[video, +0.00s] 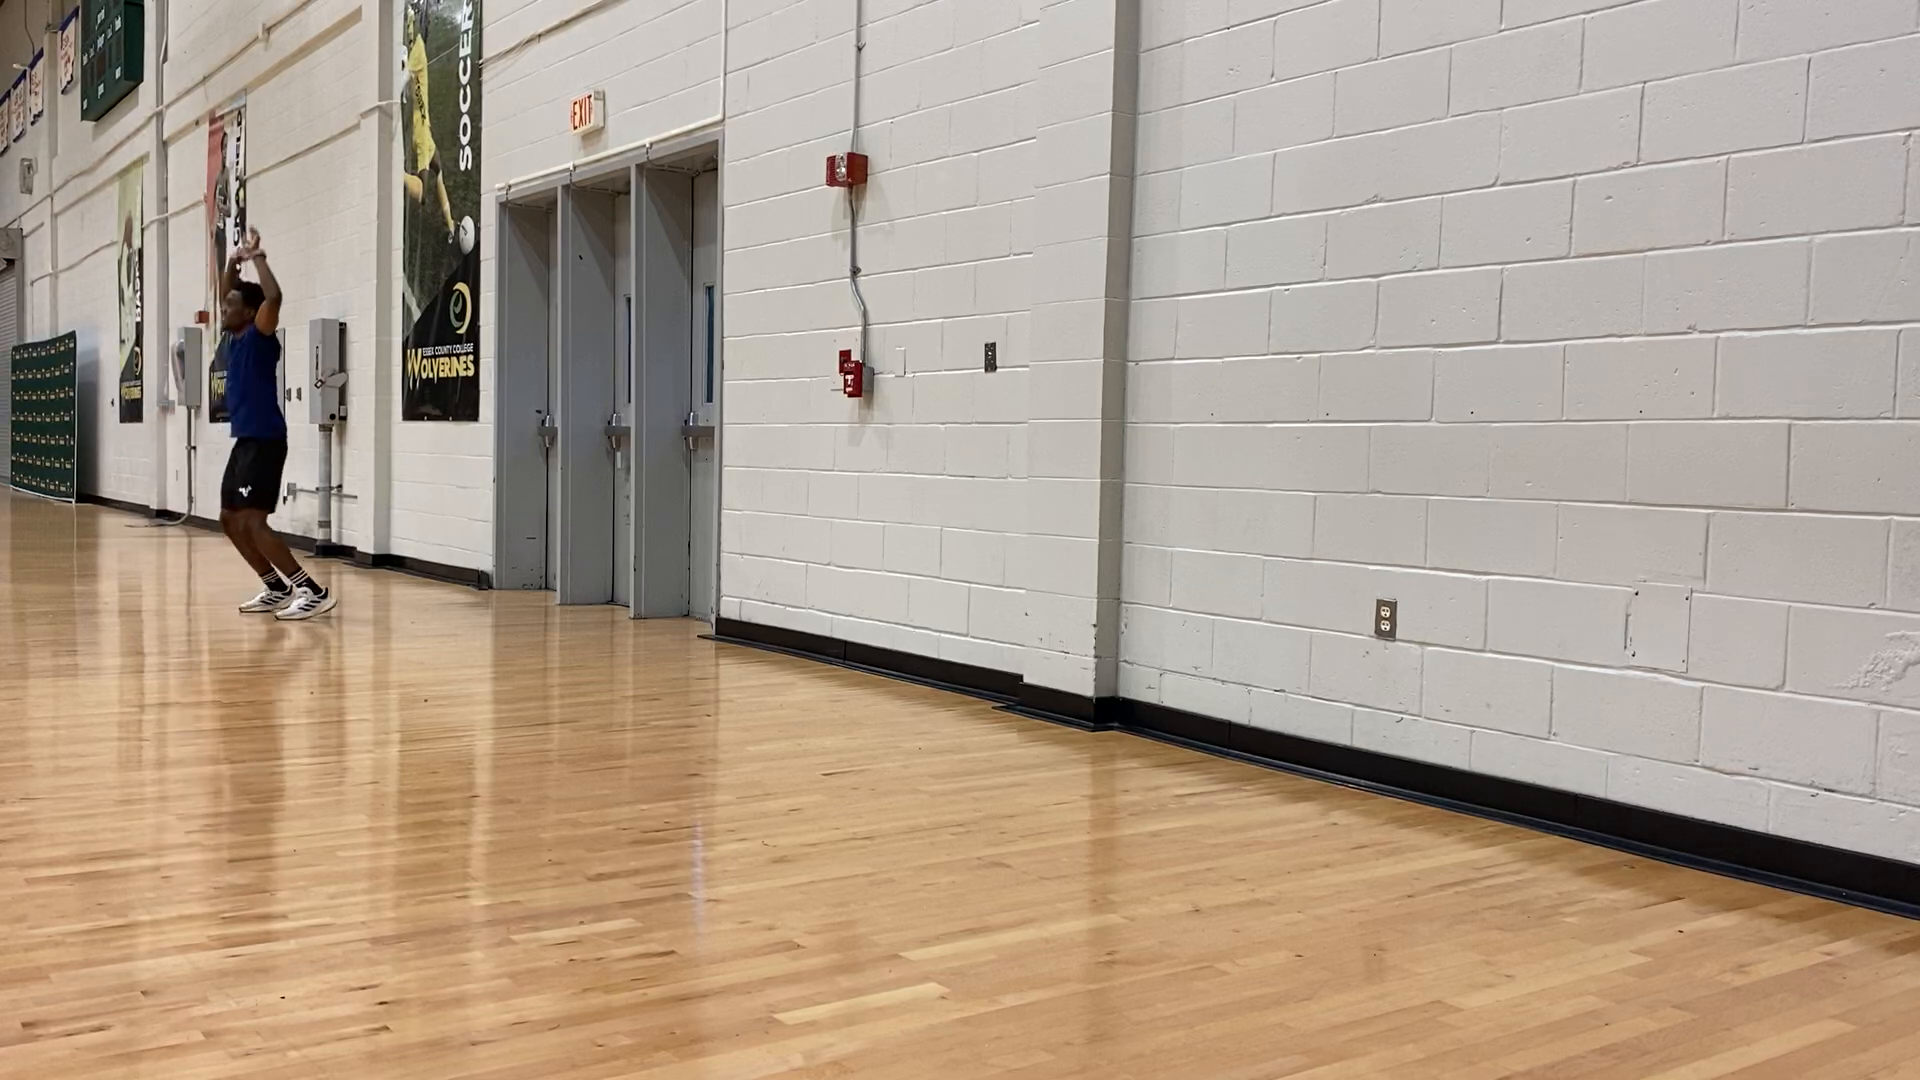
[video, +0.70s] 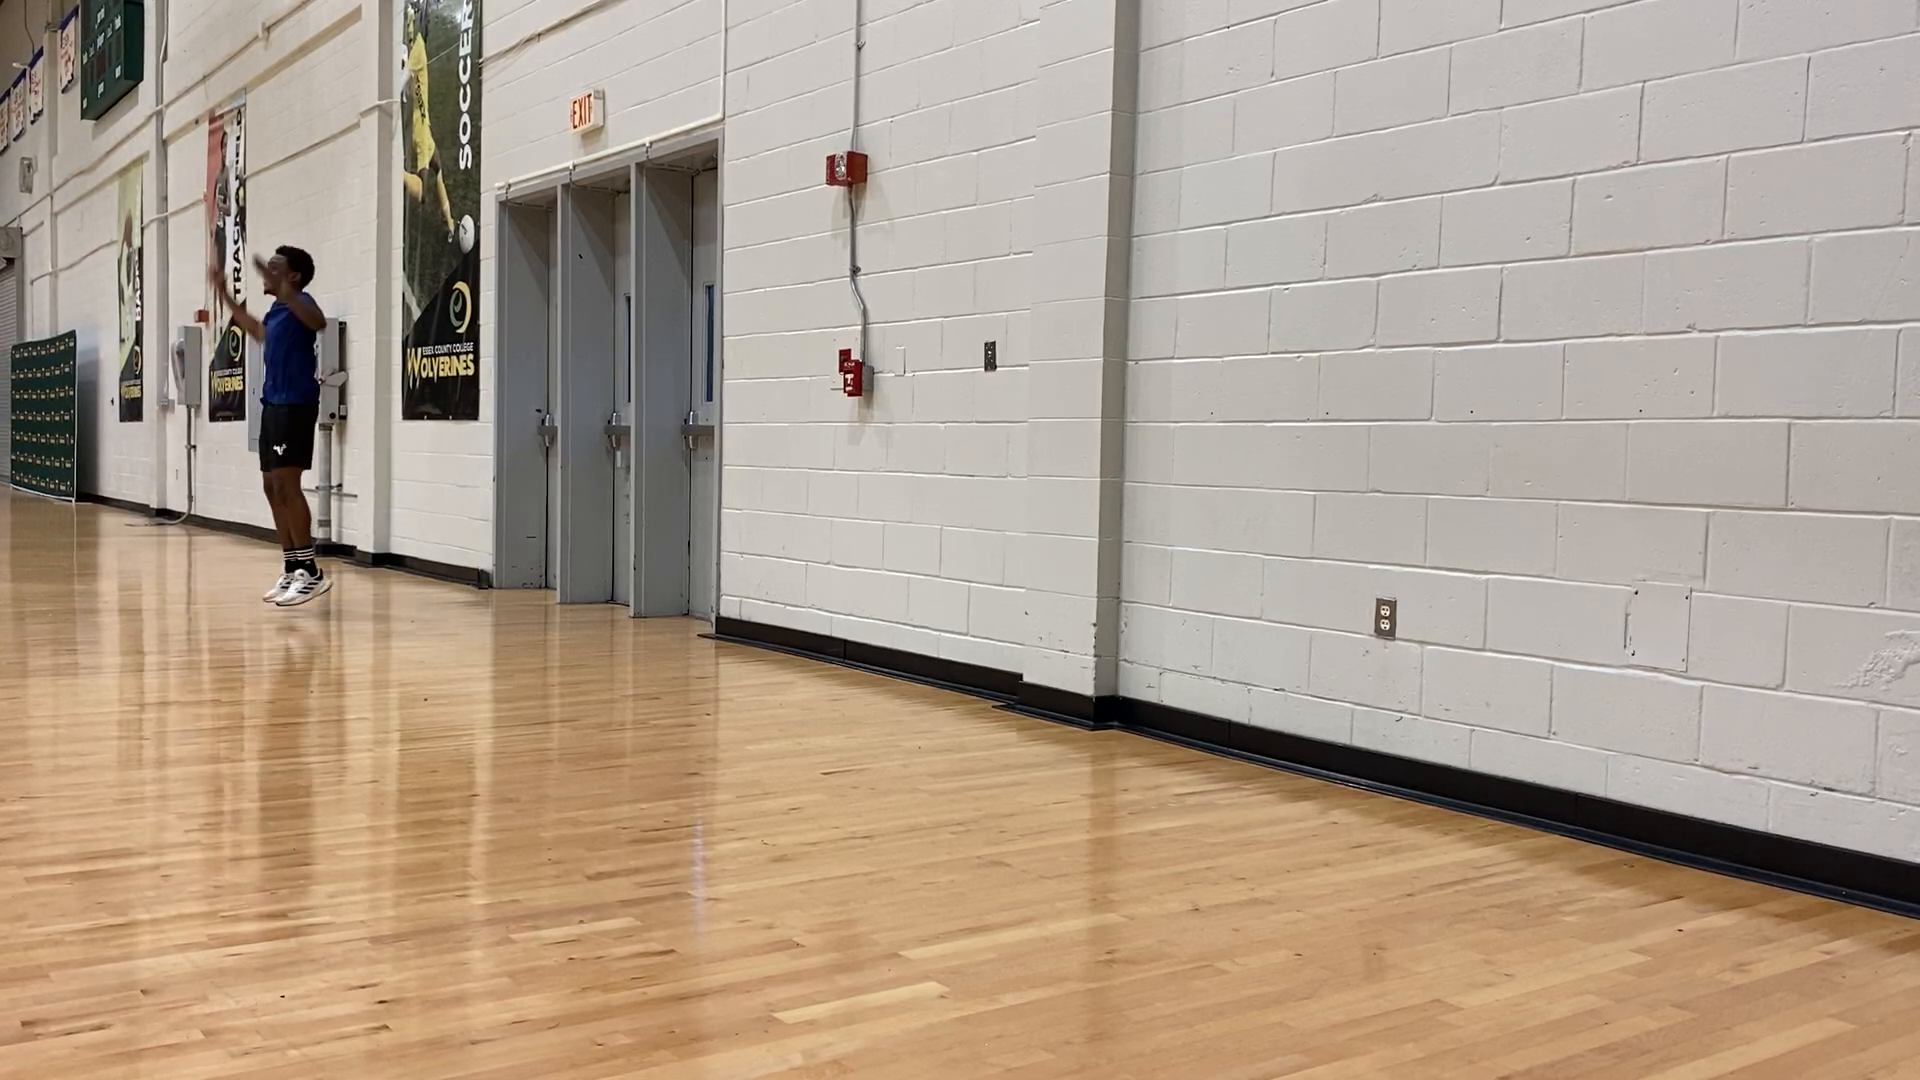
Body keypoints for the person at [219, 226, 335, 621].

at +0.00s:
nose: (223, 310)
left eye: (230, 305)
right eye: (223, 304)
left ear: (248, 309)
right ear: (230, 308)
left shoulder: (259, 336)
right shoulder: (236, 337)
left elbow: (273, 298)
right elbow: (225, 296)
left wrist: (258, 257)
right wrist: (233, 261)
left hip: (266, 440)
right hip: (245, 440)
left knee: (252, 521)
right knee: (230, 520)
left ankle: (310, 591)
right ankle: (277, 587)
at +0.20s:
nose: (240, 264)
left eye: (247, 261)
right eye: (242, 259)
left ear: (265, 271)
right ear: (254, 271)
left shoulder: (274, 299)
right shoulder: (249, 305)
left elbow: (302, 317)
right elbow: (234, 321)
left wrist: (272, 295)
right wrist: (199, 293)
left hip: (272, 402)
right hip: (251, 403)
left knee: (270, 484)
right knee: (251, 484)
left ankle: (296, 570)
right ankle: (271, 567)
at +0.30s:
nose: (244, 269)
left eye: (252, 265)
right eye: (247, 264)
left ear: (271, 274)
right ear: (258, 274)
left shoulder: (280, 305)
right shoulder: (256, 309)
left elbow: (308, 351)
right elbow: (248, 361)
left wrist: (287, 376)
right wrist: (207, 363)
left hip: (276, 405)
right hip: (255, 406)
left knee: (267, 488)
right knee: (253, 488)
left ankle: (294, 572)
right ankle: (278, 570)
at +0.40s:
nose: (249, 293)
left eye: (256, 289)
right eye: (252, 287)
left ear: (275, 299)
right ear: (268, 300)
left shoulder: (289, 335)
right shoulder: (264, 336)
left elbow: (311, 390)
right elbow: (269, 395)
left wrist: (283, 432)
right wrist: (240, 421)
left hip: (281, 432)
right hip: (261, 430)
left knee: (260, 508)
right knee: (253, 510)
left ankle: (301, 584)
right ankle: (295, 584)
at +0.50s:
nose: (255, 301)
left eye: (262, 297)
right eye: (257, 296)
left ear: (281, 307)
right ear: (275, 308)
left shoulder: (294, 345)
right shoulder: (270, 346)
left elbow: (311, 399)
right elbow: (270, 408)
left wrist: (279, 434)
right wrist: (236, 429)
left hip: (286, 440)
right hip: (267, 438)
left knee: (263, 516)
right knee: (253, 519)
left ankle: (304, 590)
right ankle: (299, 588)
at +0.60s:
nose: (261, 279)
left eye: (268, 274)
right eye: (263, 274)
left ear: (289, 282)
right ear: (278, 282)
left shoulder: (298, 317)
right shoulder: (273, 320)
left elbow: (315, 359)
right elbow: (267, 368)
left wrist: (282, 364)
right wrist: (230, 363)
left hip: (291, 417)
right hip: (271, 416)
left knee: (281, 495)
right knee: (272, 495)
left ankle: (301, 580)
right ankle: (290, 578)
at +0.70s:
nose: (267, 272)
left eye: (275, 267)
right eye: (268, 266)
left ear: (293, 275)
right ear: (272, 275)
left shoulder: (301, 302)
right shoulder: (273, 312)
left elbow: (317, 323)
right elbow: (259, 333)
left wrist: (281, 290)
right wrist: (224, 295)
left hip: (296, 405)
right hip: (273, 406)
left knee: (287, 486)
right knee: (272, 487)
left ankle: (311, 574)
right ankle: (292, 571)